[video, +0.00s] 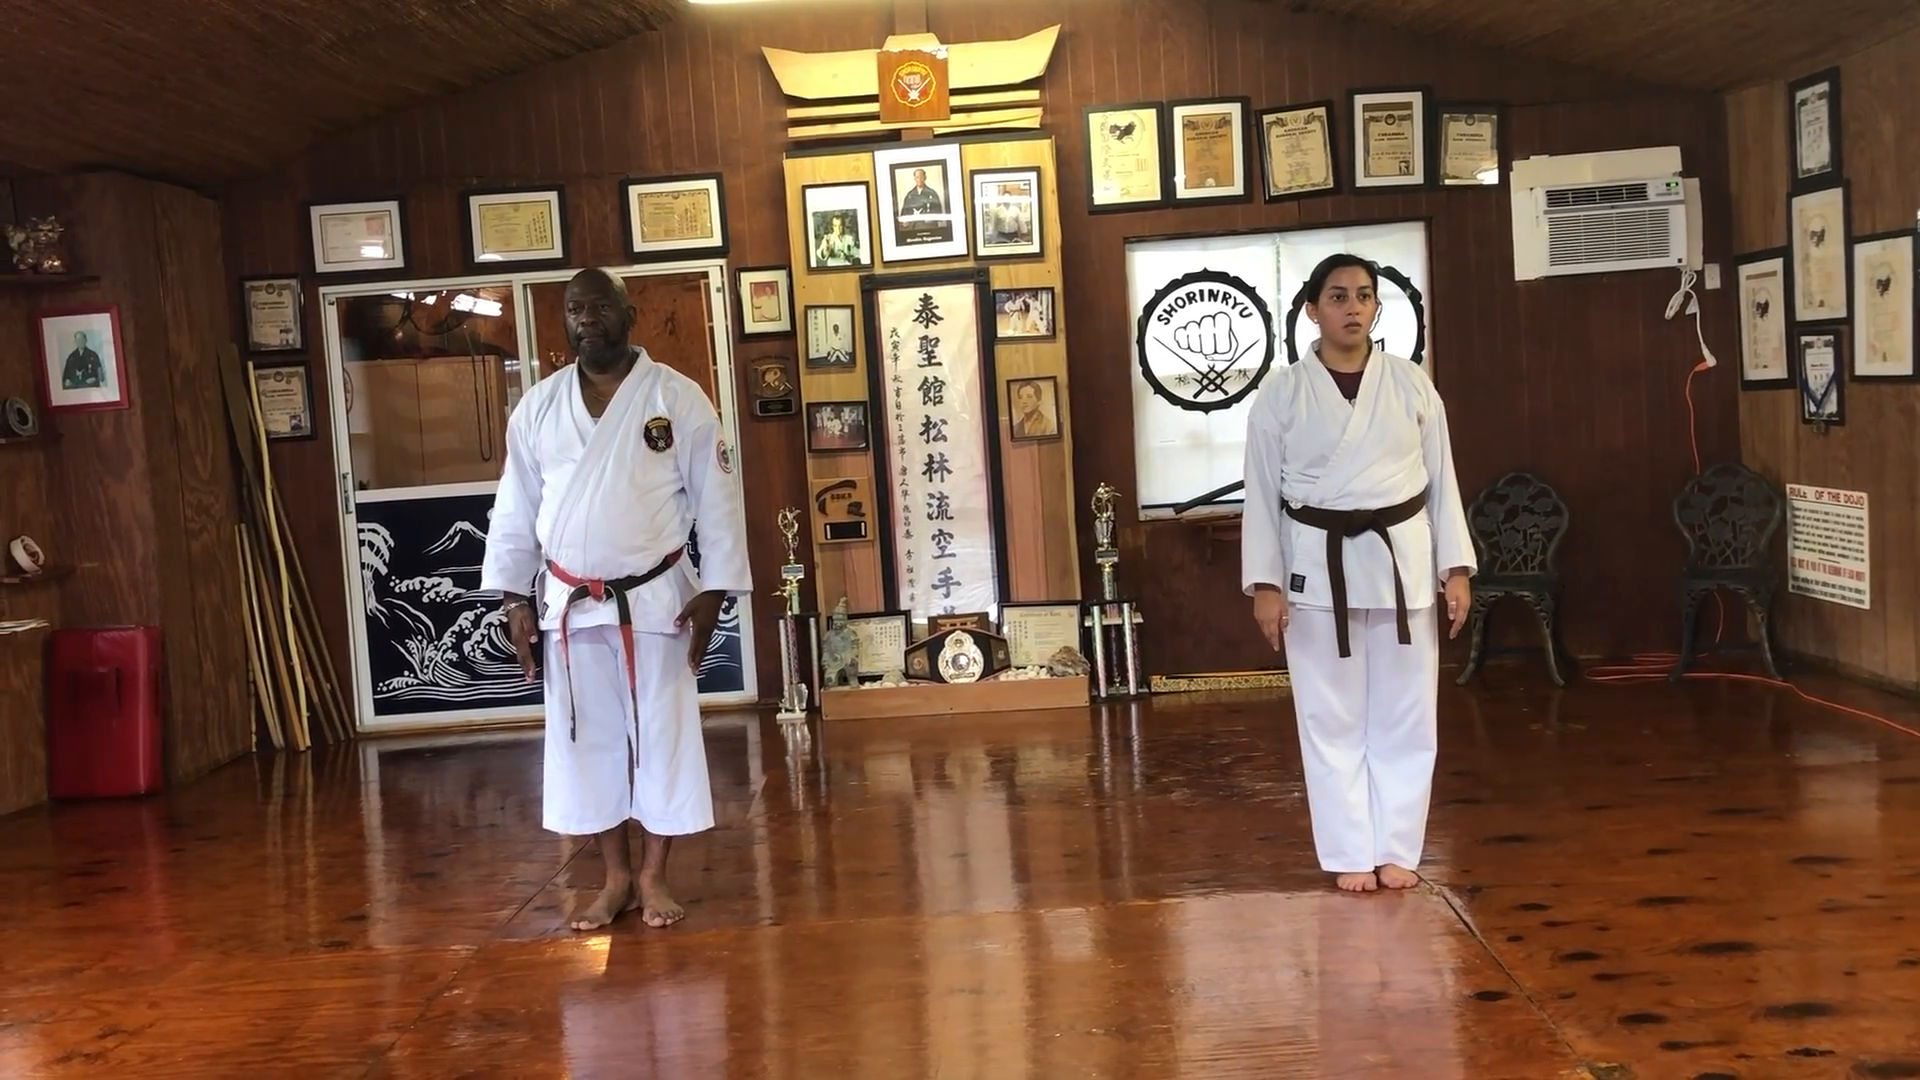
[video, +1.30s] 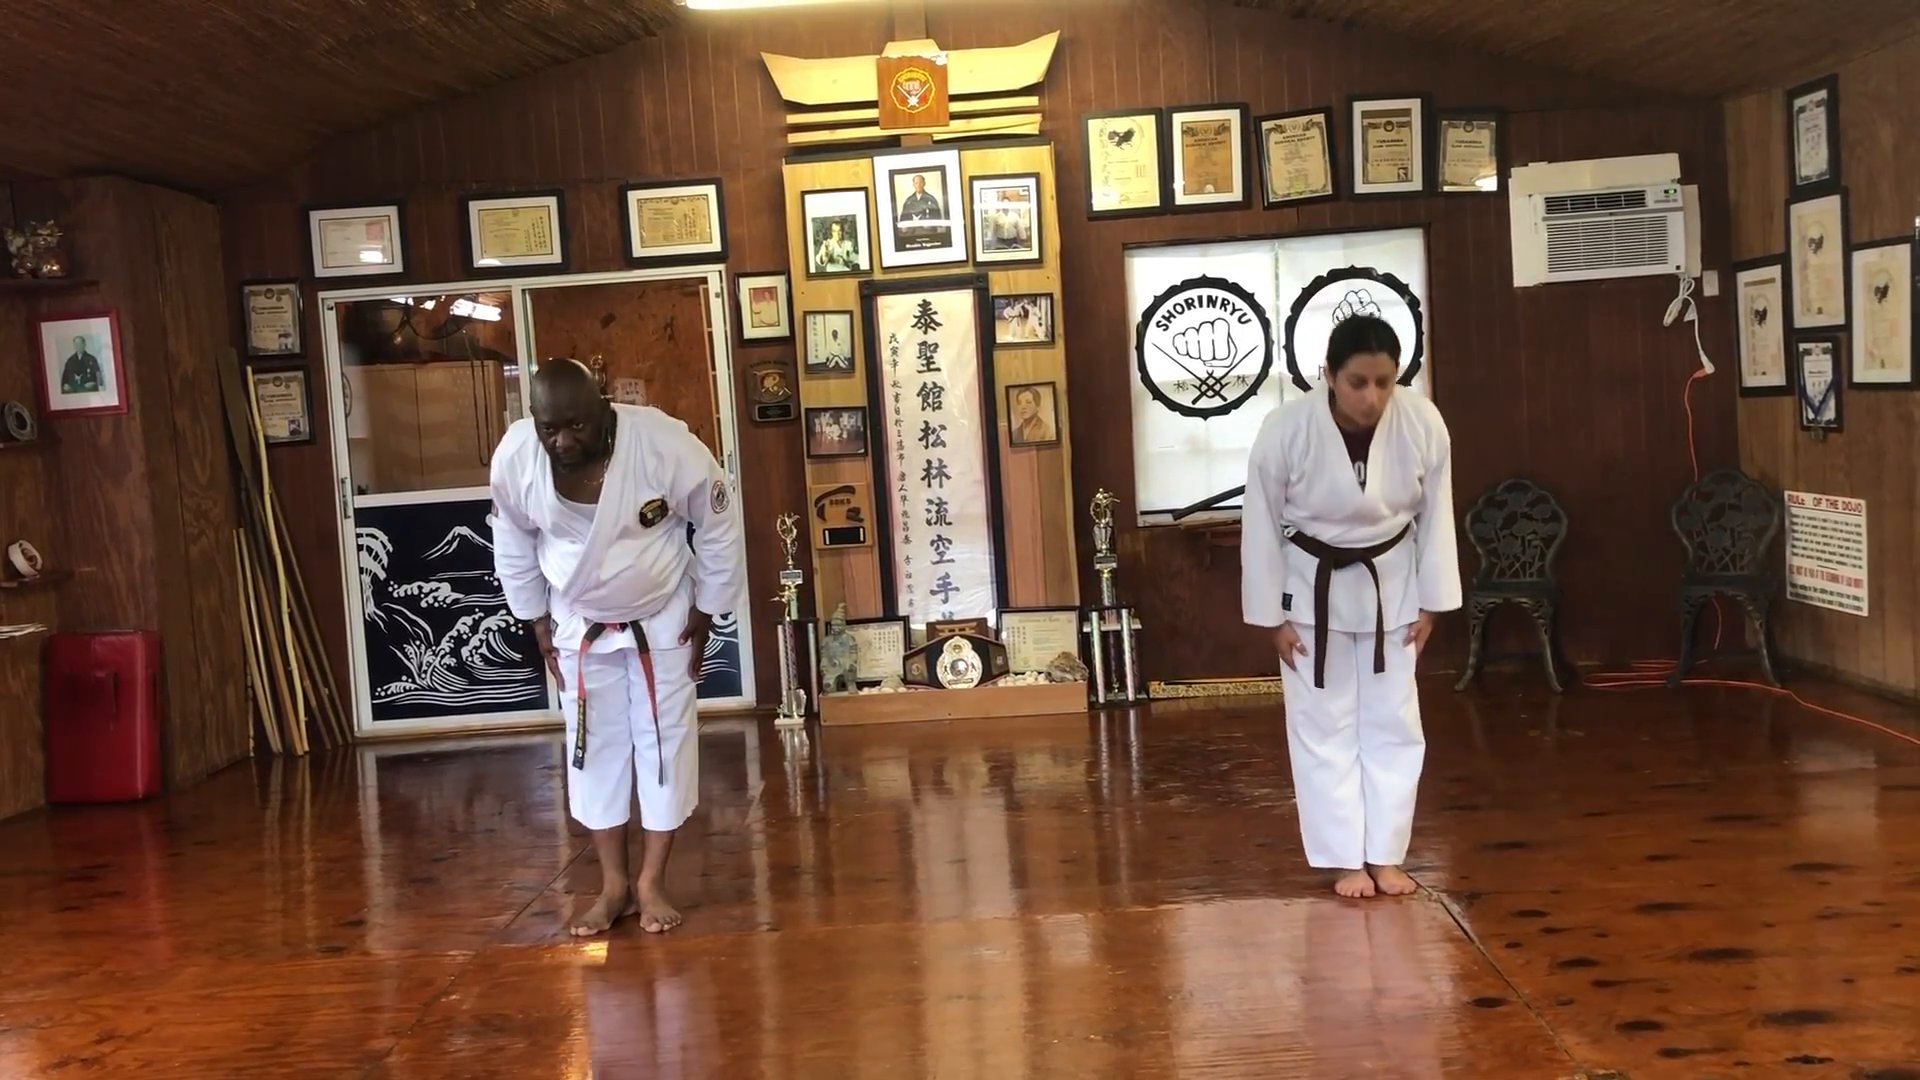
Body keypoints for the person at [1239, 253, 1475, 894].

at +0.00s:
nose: (1354, 307)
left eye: (1364, 296)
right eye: (1338, 296)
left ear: (1377, 308)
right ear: (1312, 309)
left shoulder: (1410, 382)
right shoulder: (1279, 393)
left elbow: (1440, 482)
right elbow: (1261, 494)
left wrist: (1455, 566)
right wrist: (1264, 582)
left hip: (1404, 567)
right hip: (1316, 572)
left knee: (1404, 715)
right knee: (1333, 718)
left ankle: (1397, 853)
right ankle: (1350, 857)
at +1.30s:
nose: (1370, 397)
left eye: (1382, 382)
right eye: (1357, 383)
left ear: (1397, 375)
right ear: (1329, 375)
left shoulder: (1422, 423)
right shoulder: (1286, 429)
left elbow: (1435, 518)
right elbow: (1261, 525)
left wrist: (1430, 603)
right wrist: (1273, 615)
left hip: (1393, 574)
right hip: (1313, 578)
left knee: (1392, 715)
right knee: (1327, 719)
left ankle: (1386, 857)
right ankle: (1345, 861)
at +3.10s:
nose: (1375, 313)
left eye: (1386, 301)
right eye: (1360, 301)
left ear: (1398, 313)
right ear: (1334, 312)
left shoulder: (1429, 387)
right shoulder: (1298, 396)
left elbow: (1458, 487)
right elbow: (1276, 497)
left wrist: (1478, 570)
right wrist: (1283, 586)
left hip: (1425, 563)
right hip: (1335, 567)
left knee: (1455, 710)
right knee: (1345, 721)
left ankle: (1480, 844)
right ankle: (1356, 860)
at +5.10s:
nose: (1438, 354)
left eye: (1448, 342)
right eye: (1423, 342)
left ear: (1461, 352)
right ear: (1397, 352)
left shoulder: (1493, 428)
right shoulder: (1361, 435)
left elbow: (1521, 525)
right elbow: (1339, 530)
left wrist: (1536, 610)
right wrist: (1344, 614)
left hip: (1485, 609)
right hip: (1390, 611)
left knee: (1498, 763)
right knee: (1375, 763)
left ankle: (1513, 895)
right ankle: (1358, 900)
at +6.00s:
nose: (1433, 344)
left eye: (1444, 332)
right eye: (1419, 332)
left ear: (1455, 343)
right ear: (1391, 342)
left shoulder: (1488, 418)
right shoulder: (1356, 425)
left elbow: (1517, 516)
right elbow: (1335, 522)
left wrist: (1530, 603)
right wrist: (1341, 607)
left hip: (1479, 601)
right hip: (1386, 602)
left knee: (1493, 753)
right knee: (1371, 754)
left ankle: (1510, 884)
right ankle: (1354, 889)